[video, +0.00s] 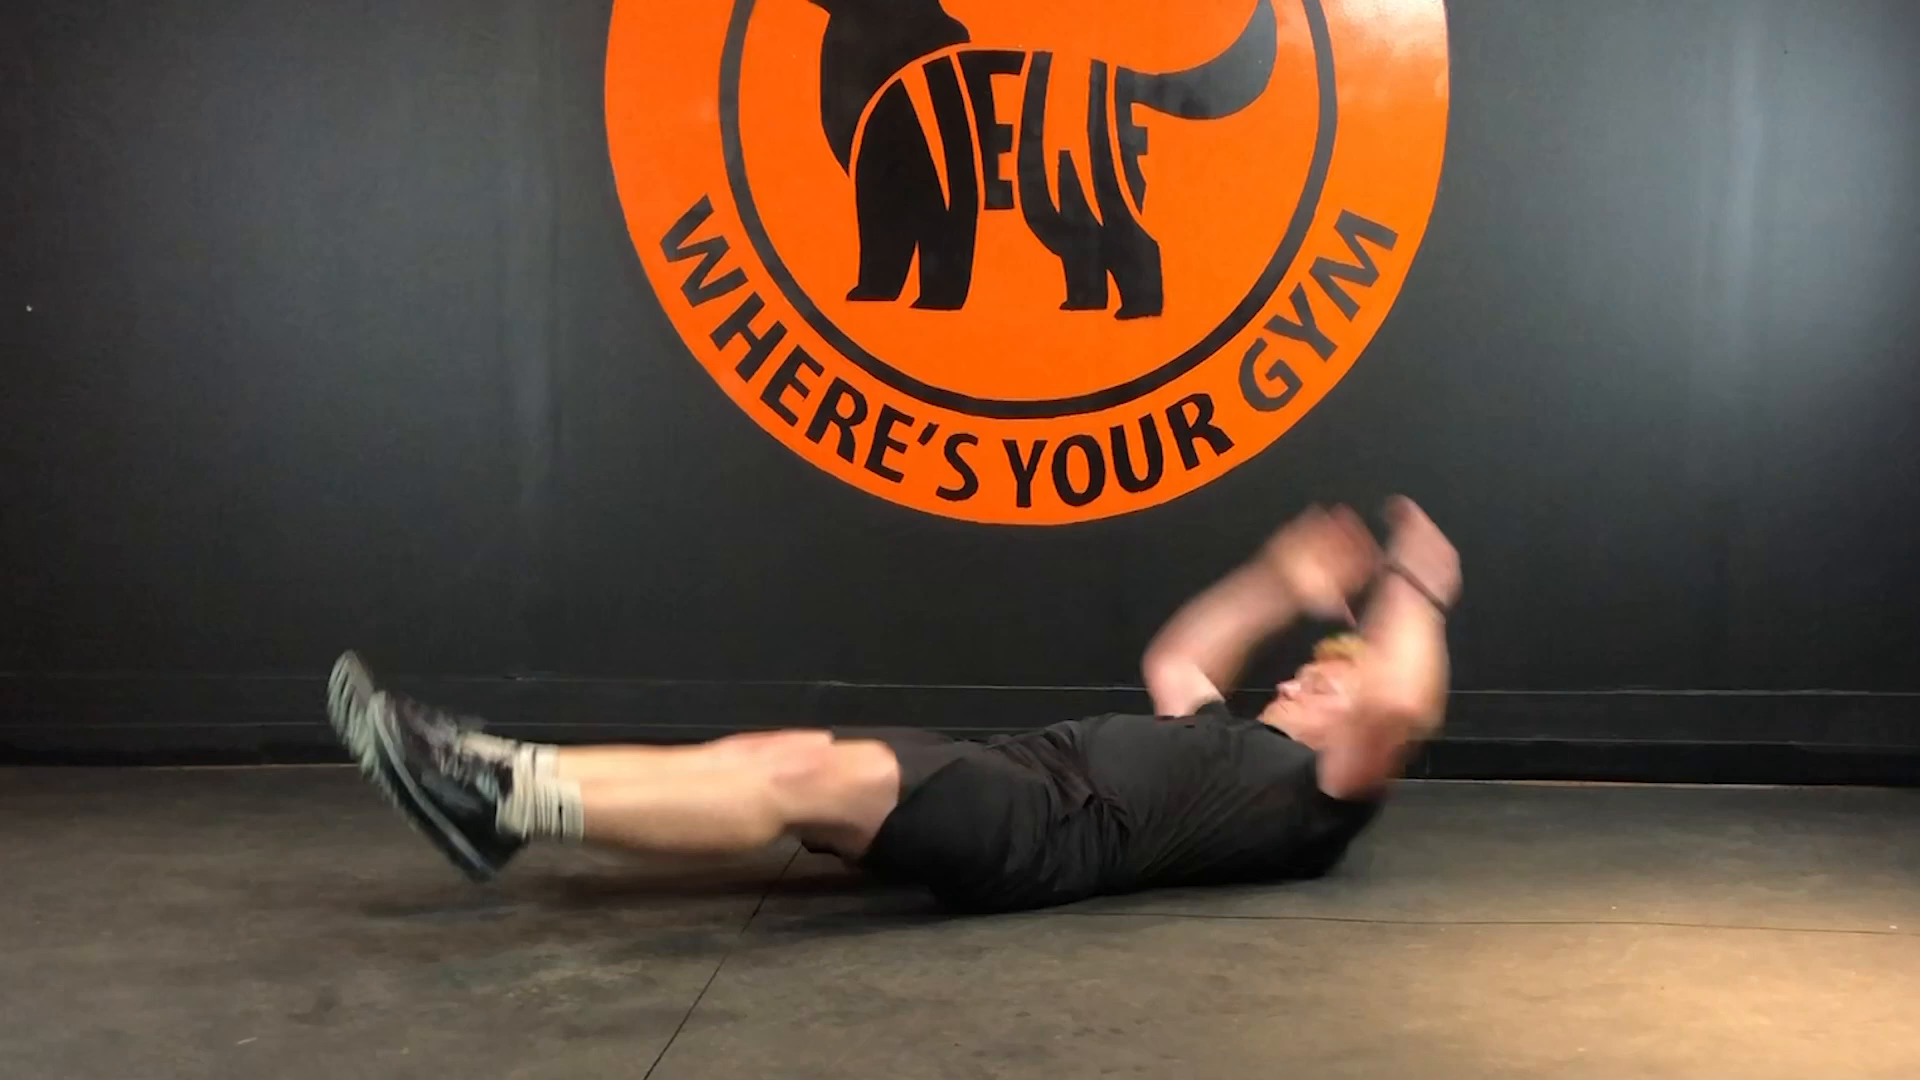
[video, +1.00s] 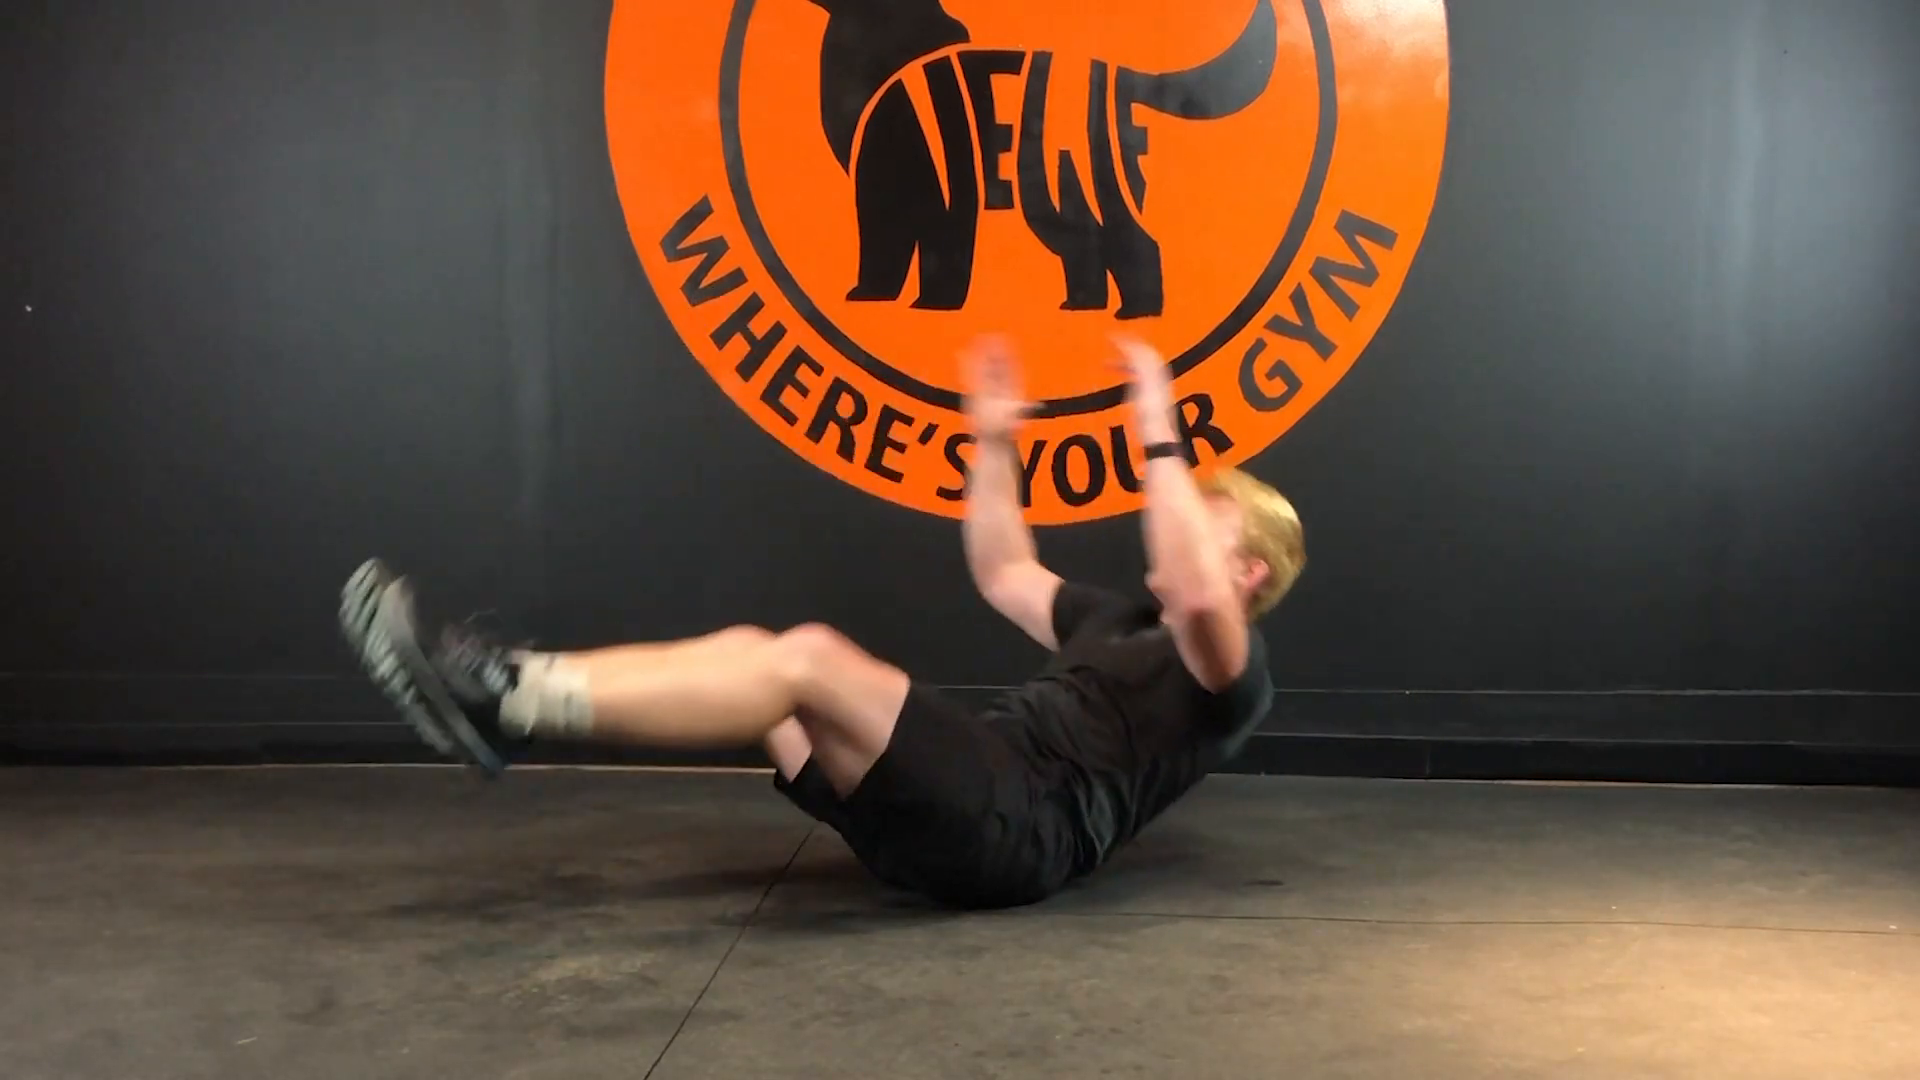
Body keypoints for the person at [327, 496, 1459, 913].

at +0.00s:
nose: (1327, 679)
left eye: (1350, 683)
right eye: (1326, 668)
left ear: (1367, 734)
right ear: (1295, 696)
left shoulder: (1307, 791)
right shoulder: (1221, 744)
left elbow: (1402, 696)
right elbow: (1183, 655)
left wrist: (1419, 589)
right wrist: (1288, 573)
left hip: (1053, 817)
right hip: (999, 771)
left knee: (812, 777)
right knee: (767, 754)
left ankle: (515, 806)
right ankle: (485, 780)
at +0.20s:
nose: (1209, 590)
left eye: (1238, 580)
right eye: (1222, 574)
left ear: (1295, 622)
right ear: (1257, 607)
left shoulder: (1266, 701)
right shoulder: (1211, 683)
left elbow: (1145, 655)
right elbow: (1059, 612)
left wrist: (995, 540)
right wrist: (957, 476)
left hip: (1037, 830)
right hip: (987, 813)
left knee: (824, 658)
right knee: (789, 645)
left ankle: (544, 645)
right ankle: (528, 636)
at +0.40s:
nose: (1092, 493)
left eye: (1116, 477)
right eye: (1097, 474)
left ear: (1178, 509)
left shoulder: (1178, 598)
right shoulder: (1069, 573)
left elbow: (1033, 528)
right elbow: (917, 506)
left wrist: (900, 432)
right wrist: (807, 404)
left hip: (1013, 830)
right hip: (932, 827)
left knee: (935, 571)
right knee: (887, 562)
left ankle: (674, 469)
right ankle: (653, 475)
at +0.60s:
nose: (1062, 482)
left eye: (1088, 467)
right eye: (1068, 464)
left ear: (1151, 498)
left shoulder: (1163, 594)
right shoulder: (1042, 573)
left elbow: (1010, 542)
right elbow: (909, 525)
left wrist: (879, 452)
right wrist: (781, 461)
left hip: (1014, 833)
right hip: (929, 832)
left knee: (928, 578)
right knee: (866, 581)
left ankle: (669, 488)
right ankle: (626, 515)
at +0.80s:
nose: (1112, 495)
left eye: (1138, 485)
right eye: (1120, 479)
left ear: (1200, 526)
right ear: (1126, 502)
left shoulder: (1201, 629)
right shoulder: (1072, 576)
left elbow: (1106, 608)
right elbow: (940, 565)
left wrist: (1002, 476)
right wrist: (857, 477)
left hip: (1006, 835)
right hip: (923, 823)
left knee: (880, 599)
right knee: (809, 607)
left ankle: (588, 618)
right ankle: (555, 618)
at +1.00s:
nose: (1175, 530)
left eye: (1205, 528)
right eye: (1182, 517)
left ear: (1251, 576)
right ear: (1194, 542)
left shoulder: (1225, 675)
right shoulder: (1119, 629)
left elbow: (1191, 588)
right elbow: (1005, 570)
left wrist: (1154, 421)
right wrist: (995, 435)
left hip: (1016, 822)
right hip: (953, 794)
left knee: (809, 658)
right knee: (764, 658)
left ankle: (508, 696)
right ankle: (491, 697)